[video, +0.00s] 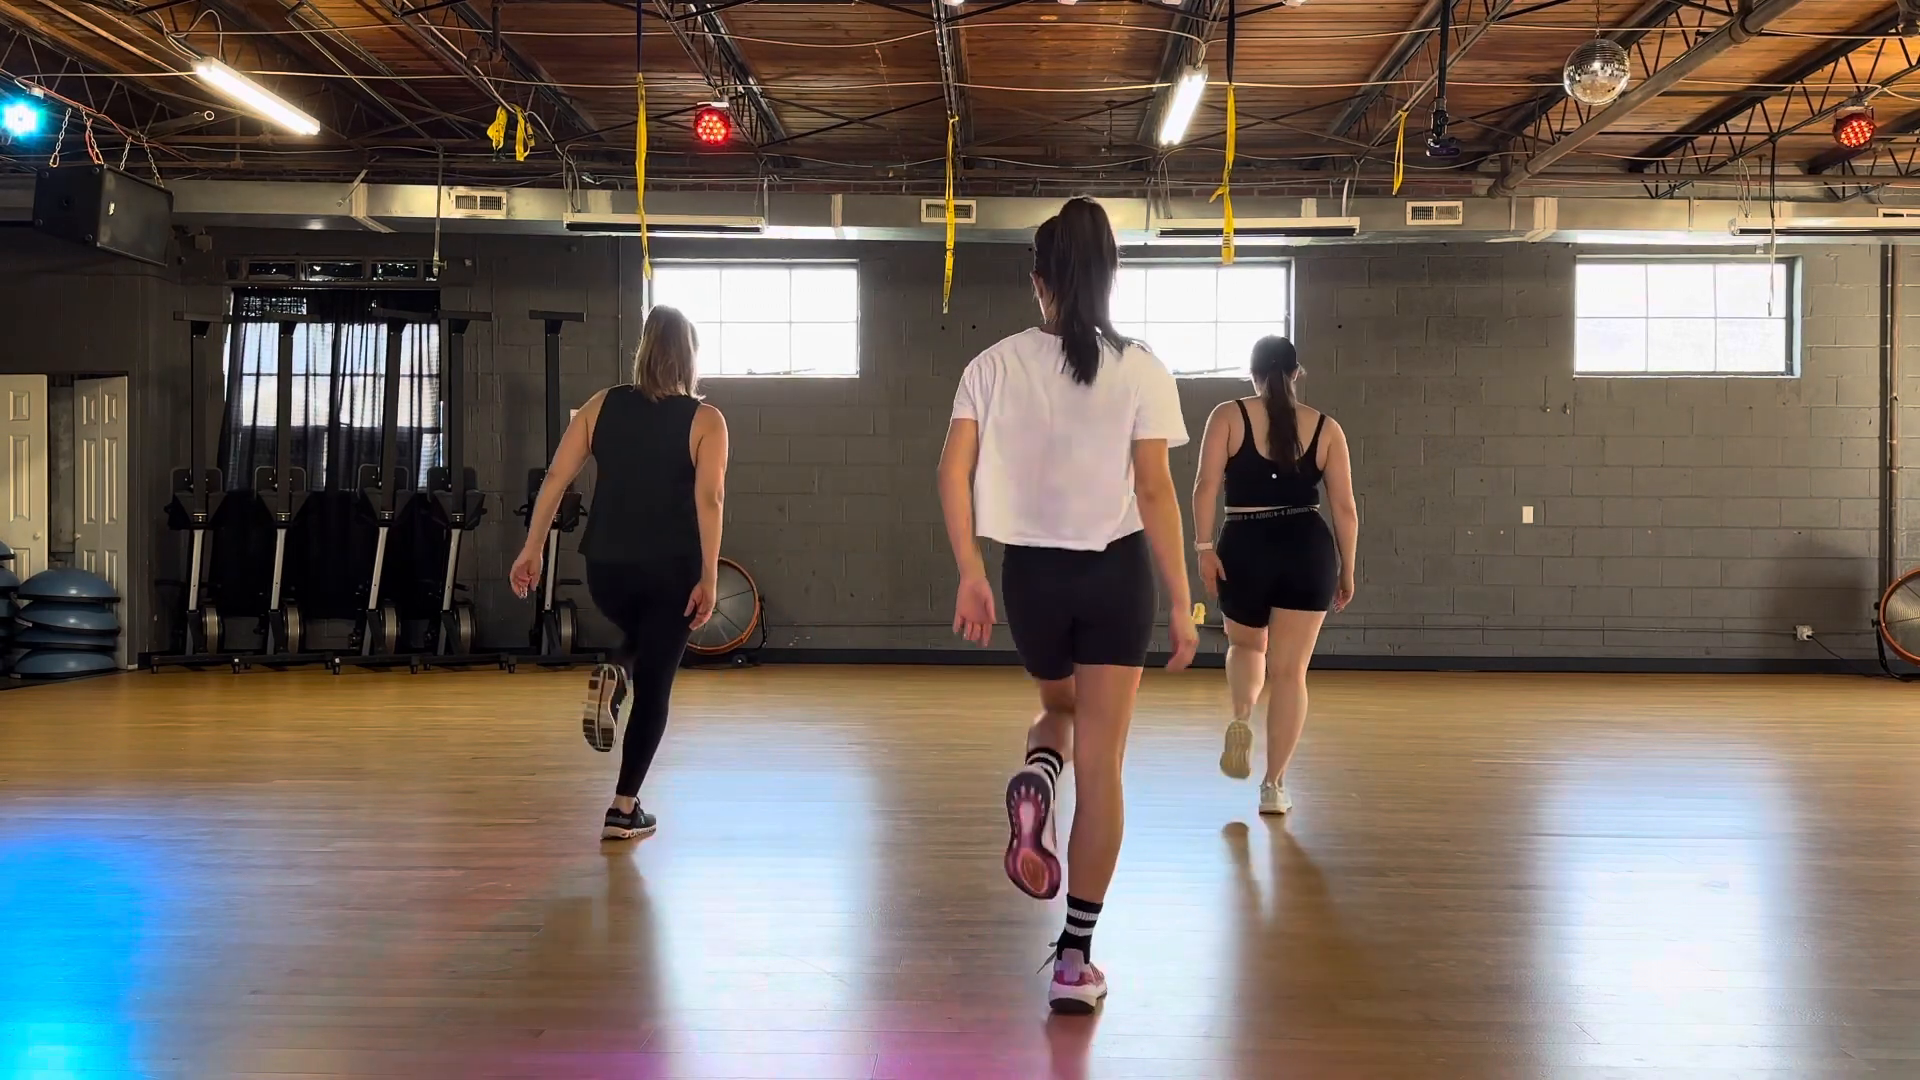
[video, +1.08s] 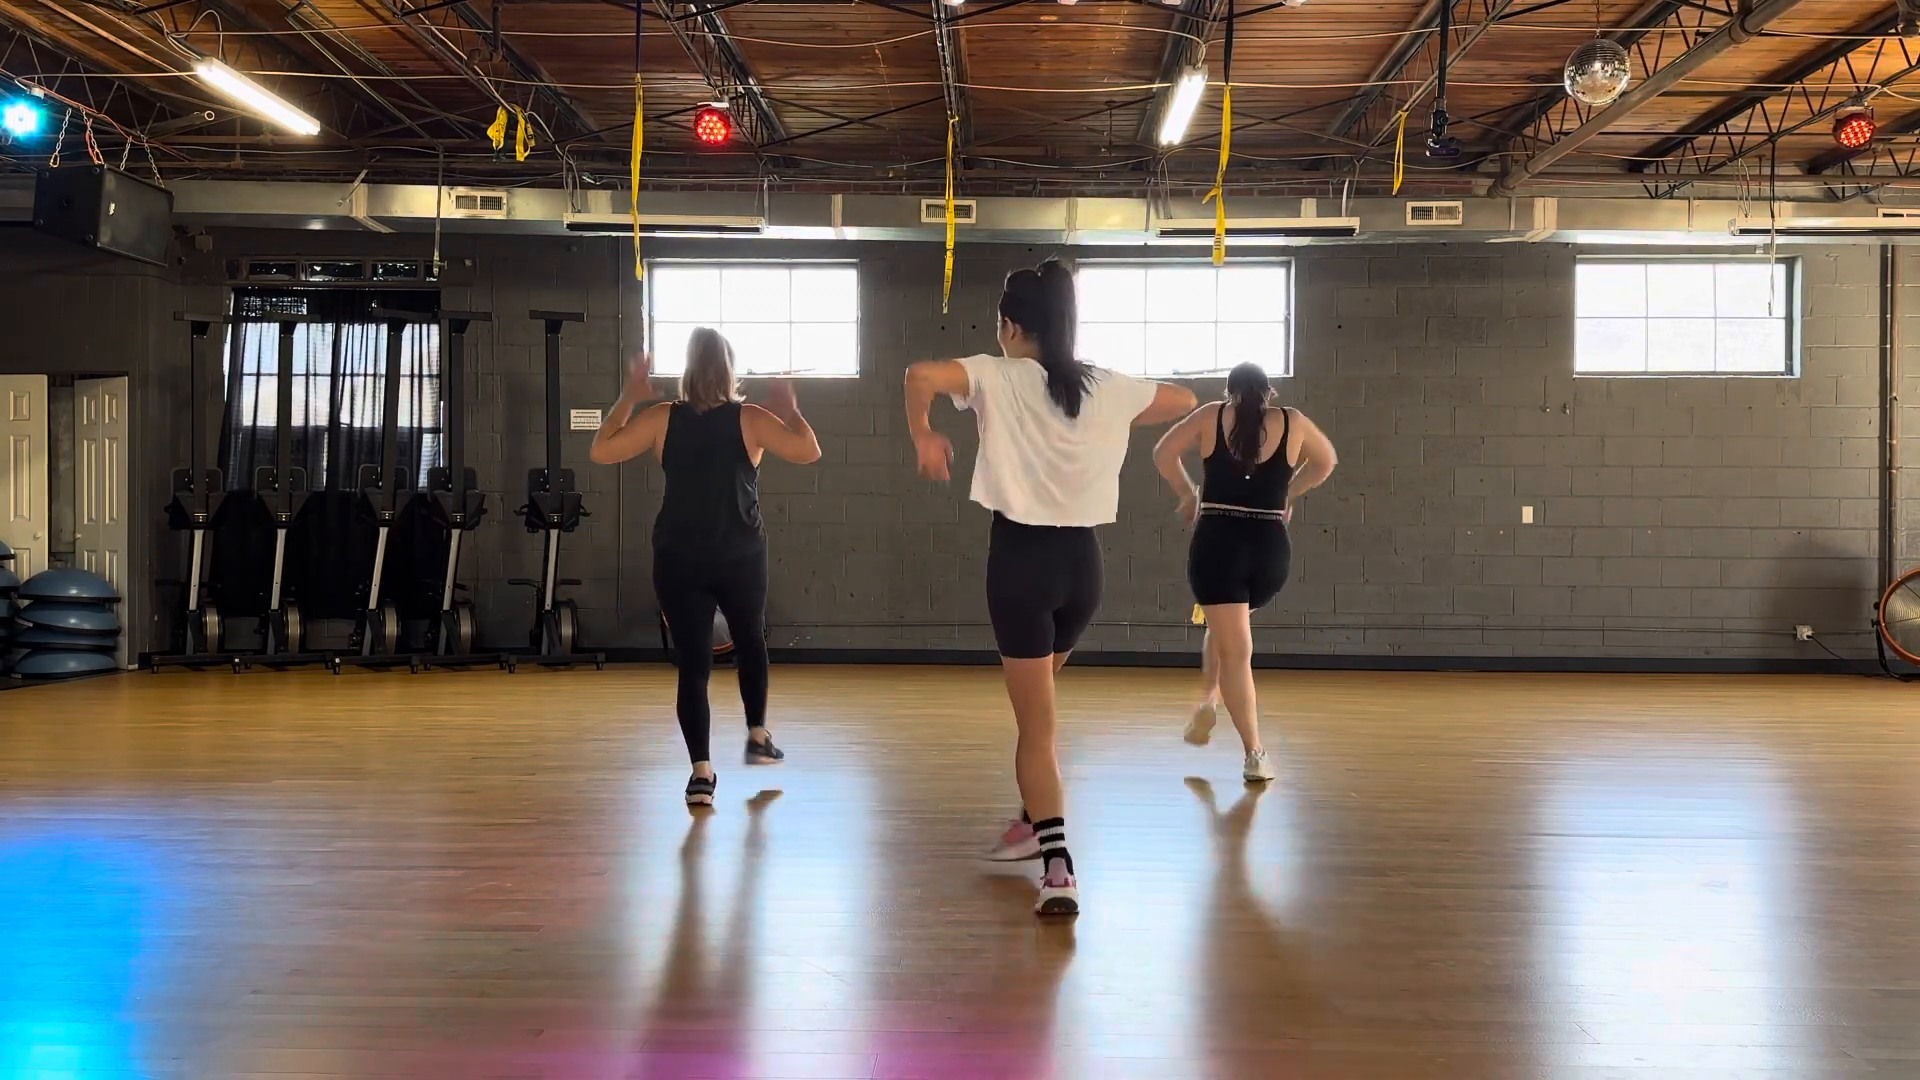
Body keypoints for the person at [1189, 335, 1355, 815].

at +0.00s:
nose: (1287, 377)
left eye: (1258, 371)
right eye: (1293, 368)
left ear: (1253, 374)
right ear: (1297, 373)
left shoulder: (1228, 416)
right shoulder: (1326, 428)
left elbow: (1206, 485)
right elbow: (1344, 507)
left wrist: (1204, 546)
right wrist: (1348, 568)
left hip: (1245, 551)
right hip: (1309, 554)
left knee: (1247, 646)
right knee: (1290, 671)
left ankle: (1241, 717)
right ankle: (1274, 783)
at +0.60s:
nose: (1242, 393)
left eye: (1234, 385)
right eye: (1260, 382)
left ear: (1228, 389)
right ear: (1268, 386)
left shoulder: (1212, 444)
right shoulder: (1302, 434)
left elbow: (1194, 509)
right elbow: (1334, 498)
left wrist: (1153, 543)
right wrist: (1381, 533)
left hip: (1234, 557)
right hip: (1293, 555)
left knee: (1245, 664)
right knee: (1287, 661)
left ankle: (1254, 756)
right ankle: (1278, 741)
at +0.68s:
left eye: (1226, 387)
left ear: (1224, 391)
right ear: (1264, 386)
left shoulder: (1207, 445)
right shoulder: (1298, 436)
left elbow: (1180, 504)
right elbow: (1340, 483)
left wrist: (1151, 496)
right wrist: (1397, 481)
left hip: (1232, 559)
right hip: (1288, 559)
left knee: (1242, 663)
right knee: (1294, 659)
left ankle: (1254, 757)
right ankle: (1286, 722)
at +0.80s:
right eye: (1263, 383)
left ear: (1226, 390)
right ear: (1265, 389)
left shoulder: (1210, 436)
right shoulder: (1295, 435)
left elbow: (1181, 472)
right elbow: (1357, 460)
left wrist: (1172, 424)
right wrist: (1362, 412)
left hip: (1223, 550)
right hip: (1279, 550)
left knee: (1238, 659)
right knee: (1292, 633)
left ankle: (1255, 756)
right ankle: (1291, 693)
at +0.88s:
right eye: (1265, 387)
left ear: (1229, 392)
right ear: (1267, 391)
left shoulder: (1208, 431)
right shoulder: (1294, 433)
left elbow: (1151, 442)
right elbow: (1361, 430)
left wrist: (1175, 404)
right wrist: (1316, 410)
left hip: (1220, 547)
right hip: (1275, 548)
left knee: (1235, 660)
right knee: (1275, 609)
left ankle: (1254, 754)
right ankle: (1284, 681)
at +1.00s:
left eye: (1233, 390)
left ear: (1231, 393)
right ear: (1270, 392)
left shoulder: (1212, 420)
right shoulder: (1296, 422)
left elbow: (1154, 433)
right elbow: (1344, 428)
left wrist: (1191, 454)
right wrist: (1302, 456)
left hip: (1217, 544)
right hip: (1271, 549)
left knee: (1235, 661)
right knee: (1254, 601)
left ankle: (1254, 755)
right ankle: (1240, 677)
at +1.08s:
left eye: (1231, 387)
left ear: (1229, 389)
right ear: (1269, 390)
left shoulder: (1209, 415)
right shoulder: (1294, 422)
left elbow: (1163, 454)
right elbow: (1326, 461)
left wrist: (1187, 494)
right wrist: (1289, 493)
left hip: (1218, 543)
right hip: (1270, 547)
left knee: (1236, 655)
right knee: (1220, 624)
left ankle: (1254, 753)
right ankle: (1209, 699)